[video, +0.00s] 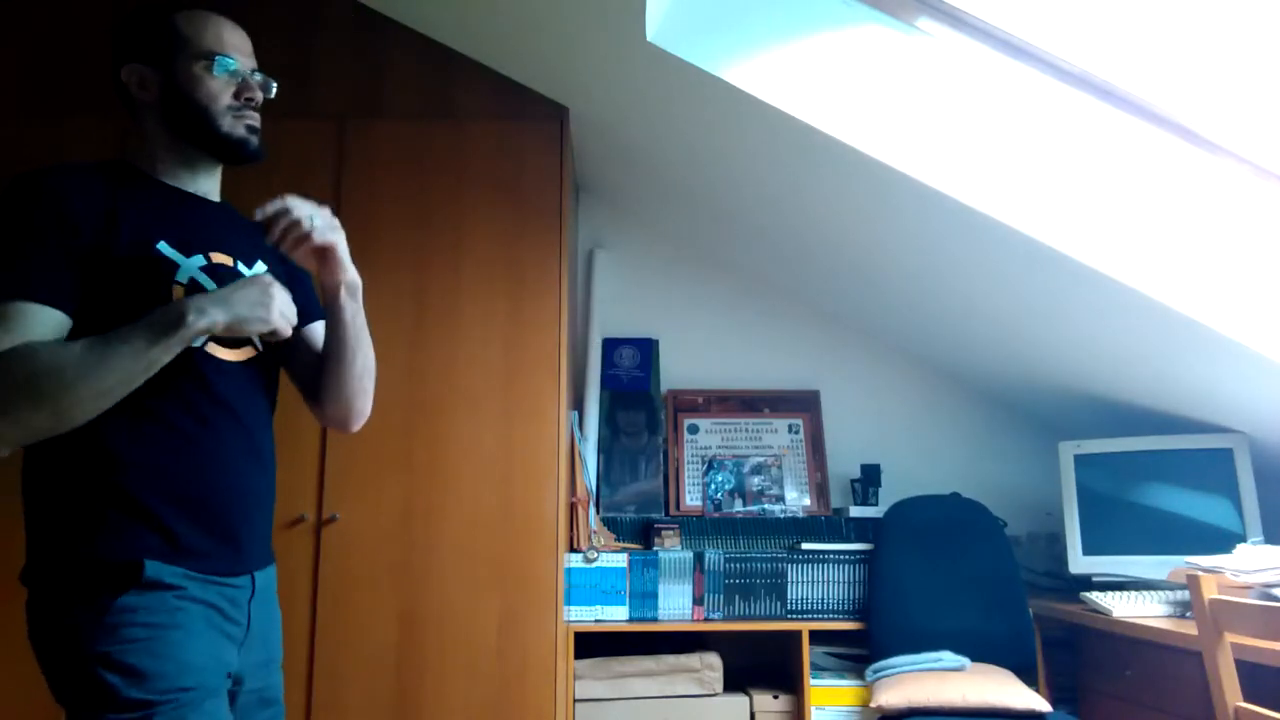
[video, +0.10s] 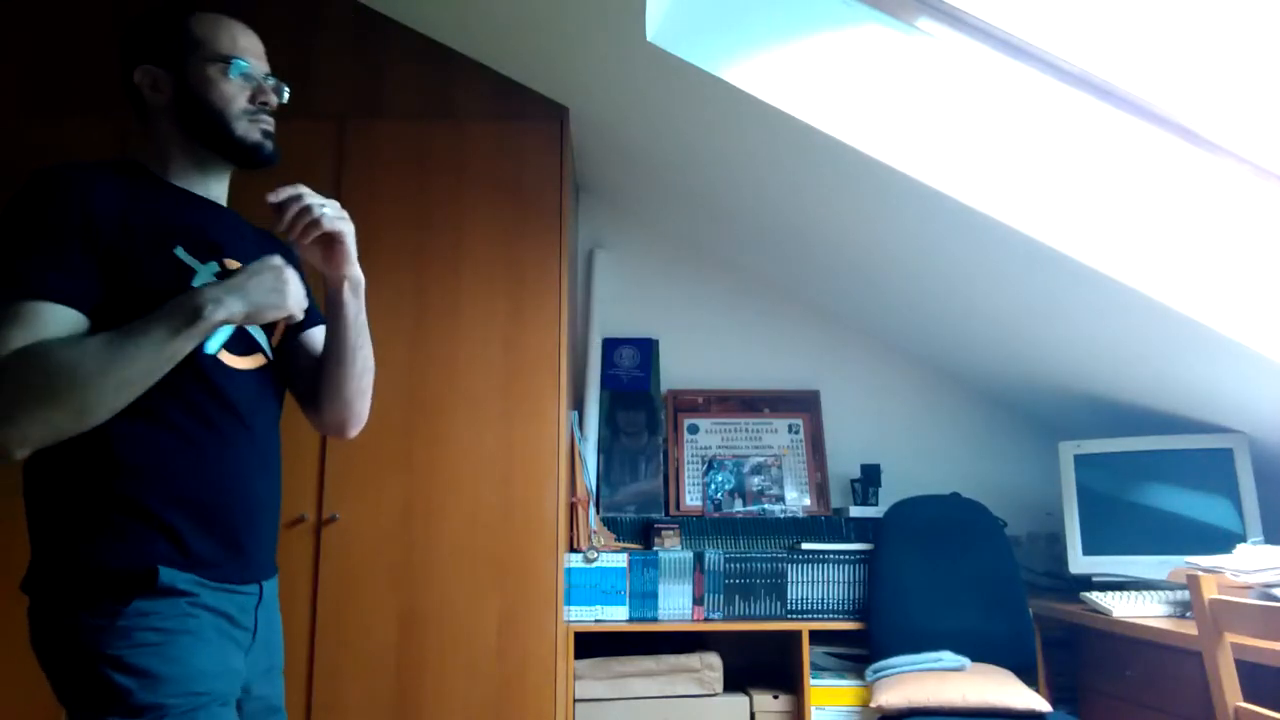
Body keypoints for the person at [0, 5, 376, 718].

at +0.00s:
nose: (255, 88)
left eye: (257, 75)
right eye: (226, 68)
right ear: (147, 83)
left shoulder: (259, 239)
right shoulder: (71, 206)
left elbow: (345, 408)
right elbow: (12, 402)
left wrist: (341, 282)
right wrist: (196, 314)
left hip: (252, 592)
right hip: (134, 594)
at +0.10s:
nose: (272, 91)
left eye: (271, 78)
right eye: (238, 69)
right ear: (157, 85)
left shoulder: (255, 246)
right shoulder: (77, 205)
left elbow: (342, 415)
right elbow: (18, 414)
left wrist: (343, 283)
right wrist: (215, 303)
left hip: (253, 602)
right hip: (142, 606)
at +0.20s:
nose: (285, 97)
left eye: (284, 84)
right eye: (253, 73)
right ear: (172, 86)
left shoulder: (251, 250)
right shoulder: (97, 200)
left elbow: (332, 424)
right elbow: (44, 415)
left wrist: (350, 294)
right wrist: (243, 296)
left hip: (249, 606)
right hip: (145, 610)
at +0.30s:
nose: (299, 91)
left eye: (297, 77)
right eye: (267, 66)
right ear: (186, 75)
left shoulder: (243, 239)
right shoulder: (116, 183)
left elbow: (322, 422)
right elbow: (101, 394)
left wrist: (354, 289)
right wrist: (301, 271)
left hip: (233, 595)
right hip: (153, 597)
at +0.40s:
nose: (315, 77)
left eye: (313, 61)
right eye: (285, 51)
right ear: (201, 54)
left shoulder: (224, 201)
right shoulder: (149, 160)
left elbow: (316, 408)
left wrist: (354, 260)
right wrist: (370, 243)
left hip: (213, 587)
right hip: (164, 589)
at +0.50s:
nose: (330, 60)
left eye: (328, 42)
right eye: (302, 30)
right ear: (219, 27)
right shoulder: (194, 115)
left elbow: (303, 396)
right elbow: (335, 282)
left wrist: (355, 249)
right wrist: (500, 202)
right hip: (176, 575)